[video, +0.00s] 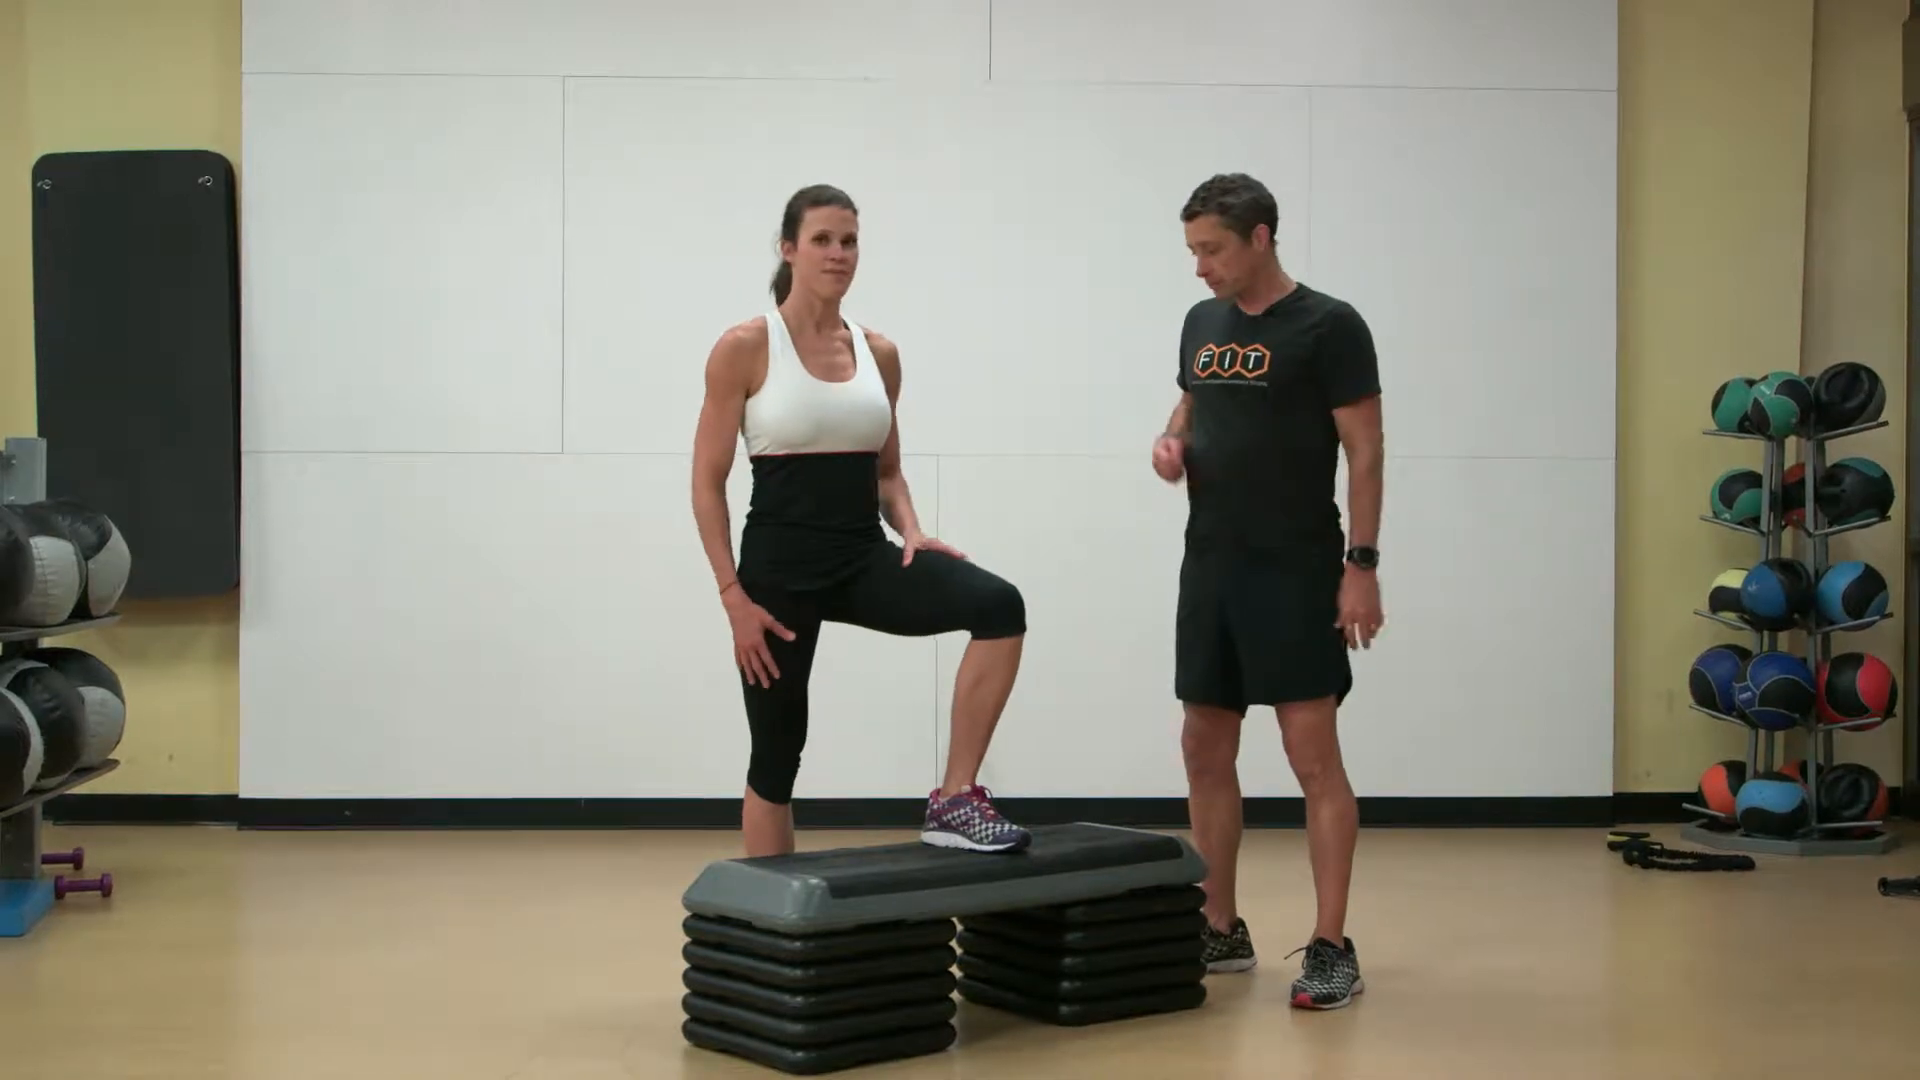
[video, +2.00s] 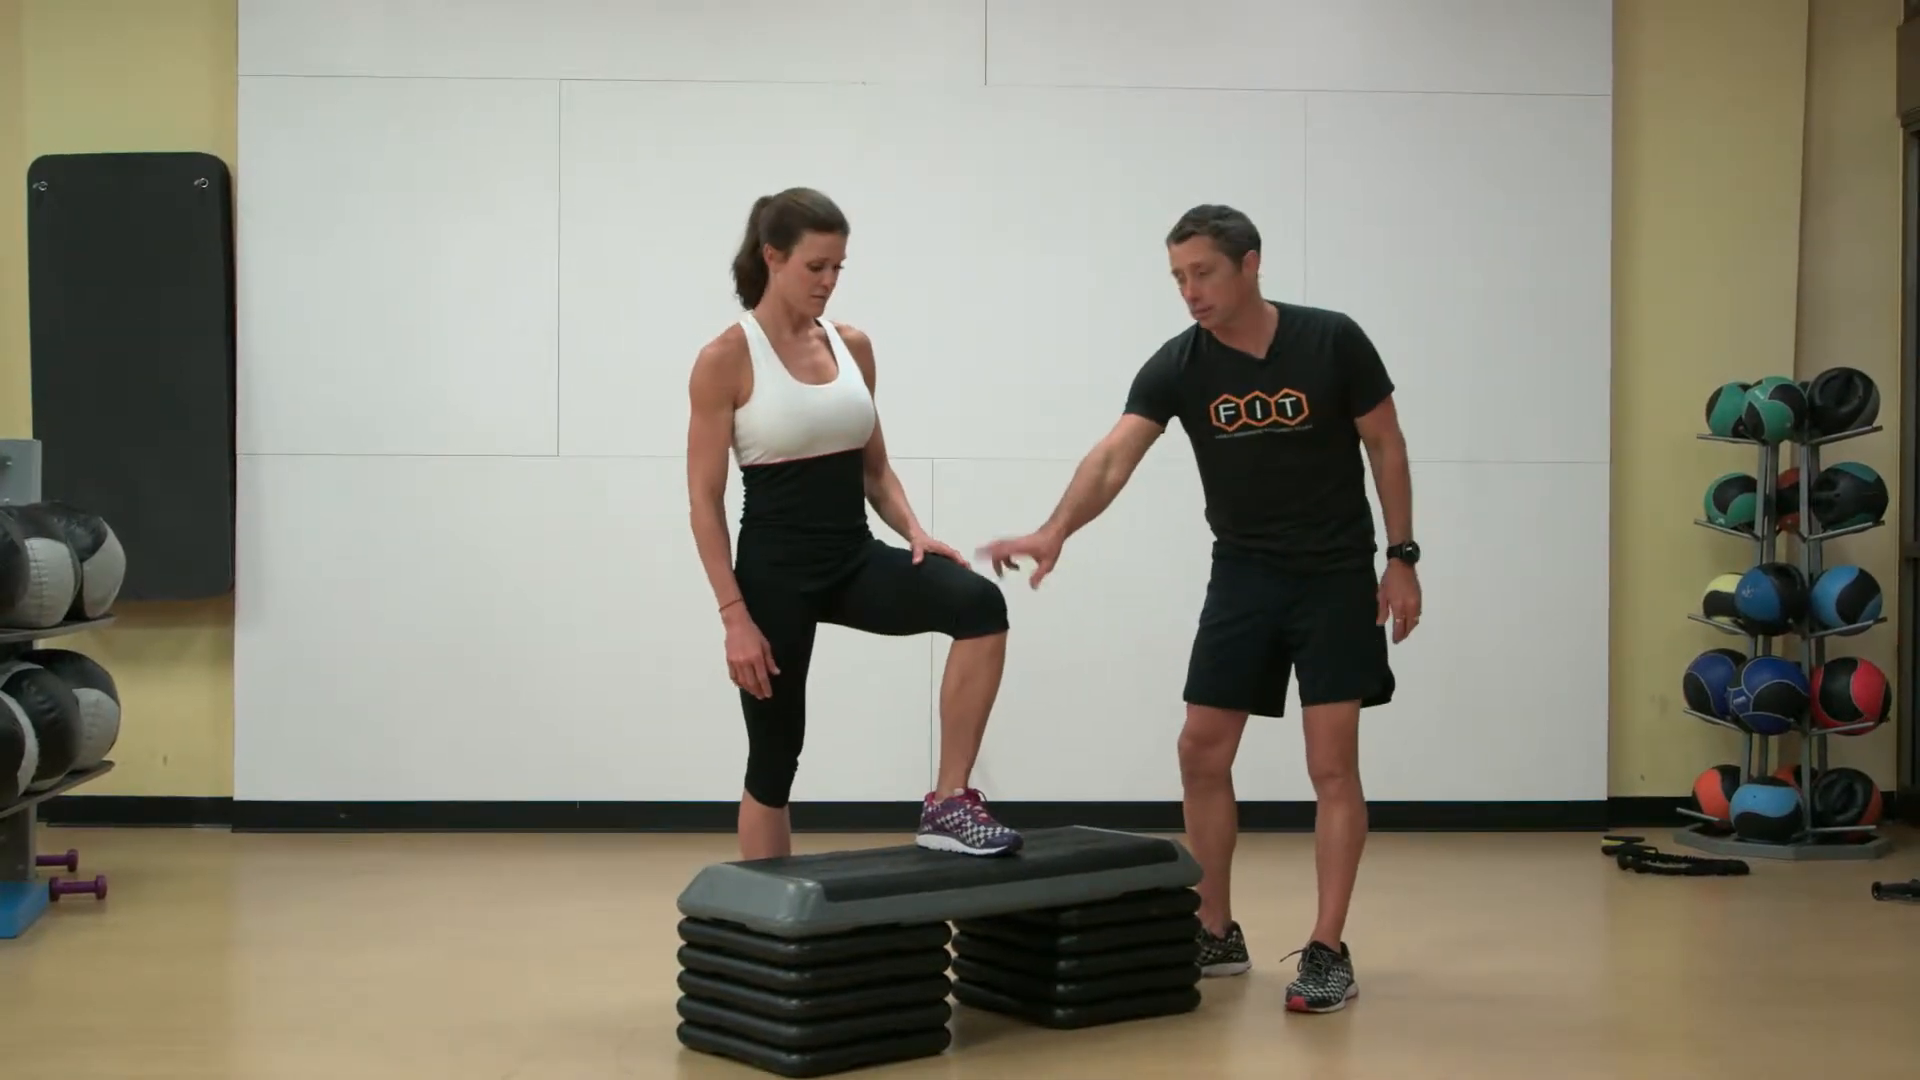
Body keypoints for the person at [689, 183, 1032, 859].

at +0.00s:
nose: (839, 254)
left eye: (849, 242)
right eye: (823, 241)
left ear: (860, 252)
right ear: (789, 250)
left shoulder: (878, 356)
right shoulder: (746, 349)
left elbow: (889, 470)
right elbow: (707, 484)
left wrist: (912, 532)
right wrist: (732, 597)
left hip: (860, 561)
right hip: (779, 568)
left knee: (999, 606)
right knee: (775, 766)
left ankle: (956, 797)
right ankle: (768, 934)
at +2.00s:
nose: (830, 281)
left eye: (837, 266)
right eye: (817, 266)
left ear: (842, 264)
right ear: (771, 258)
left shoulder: (851, 347)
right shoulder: (725, 361)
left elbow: (875, 468)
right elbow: (705, 502)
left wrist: (915, 531)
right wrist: (734, 616)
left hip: (852, 560)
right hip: (775, 571)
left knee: (980, 606)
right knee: (773, 764)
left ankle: (951, 800)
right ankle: (766, 933)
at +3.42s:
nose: (876, 267)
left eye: (882, 254)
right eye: (861, 253)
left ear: (885, 258)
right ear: (814, 254)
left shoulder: (891, 349)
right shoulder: (771, 355)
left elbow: (888, 470)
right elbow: (739, 493)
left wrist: (907, 593)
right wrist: (811, 527)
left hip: (877, 558)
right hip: (798, 569)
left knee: (986, 606)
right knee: (794, 765)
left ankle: (952, 800)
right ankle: (776, 934)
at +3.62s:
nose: (926, 272)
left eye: (931, 259)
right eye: (910, 259)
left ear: (935, 265)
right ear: (864, 267)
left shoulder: (939, 359)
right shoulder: (821, 358)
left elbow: (916, 483)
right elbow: (805, 489)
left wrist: (916, 598)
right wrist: (898, 431)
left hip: (900, 557)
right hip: (829, 564)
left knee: (1005, 617)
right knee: (831, 770)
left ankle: (954, 802)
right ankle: (783, 930)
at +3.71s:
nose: (953, 253)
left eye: (958, 239)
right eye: (937, 240)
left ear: (963, 246)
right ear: (891, 247)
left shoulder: (965, 340)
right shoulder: (851, 332)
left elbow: (945, 459)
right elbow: (836, 457)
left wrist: (950, 563)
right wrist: (930, 416)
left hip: (923, 540)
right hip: (848, 542)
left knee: (1019, 622)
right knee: (829, 741)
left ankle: (957, 803)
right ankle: (791, 916)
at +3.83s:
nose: (988, 194)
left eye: (992, 180)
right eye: (972, 181)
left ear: (993, 188)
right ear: (926, 188)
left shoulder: (1001, 291)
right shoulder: (885, 272)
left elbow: (998, 418)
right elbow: (845, 398)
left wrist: (1051, 493)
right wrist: (933, 453)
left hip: (946, 494)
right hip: (868, 493)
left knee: (1019, 619)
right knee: (878, 698)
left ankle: (957, 805)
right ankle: (806, 867)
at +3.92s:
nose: (997, 161)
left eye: (1002, 148)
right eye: (980, 148)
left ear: (1004, 159)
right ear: (935, 155)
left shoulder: (1012, 267)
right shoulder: (889, 244)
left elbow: (1038, 403)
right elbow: (834, 374)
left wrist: (1094, 395)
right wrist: (871, 476)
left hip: (950, 461)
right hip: (877, 460)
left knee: (1015, 615)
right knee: (947, 640)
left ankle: (959, 803)